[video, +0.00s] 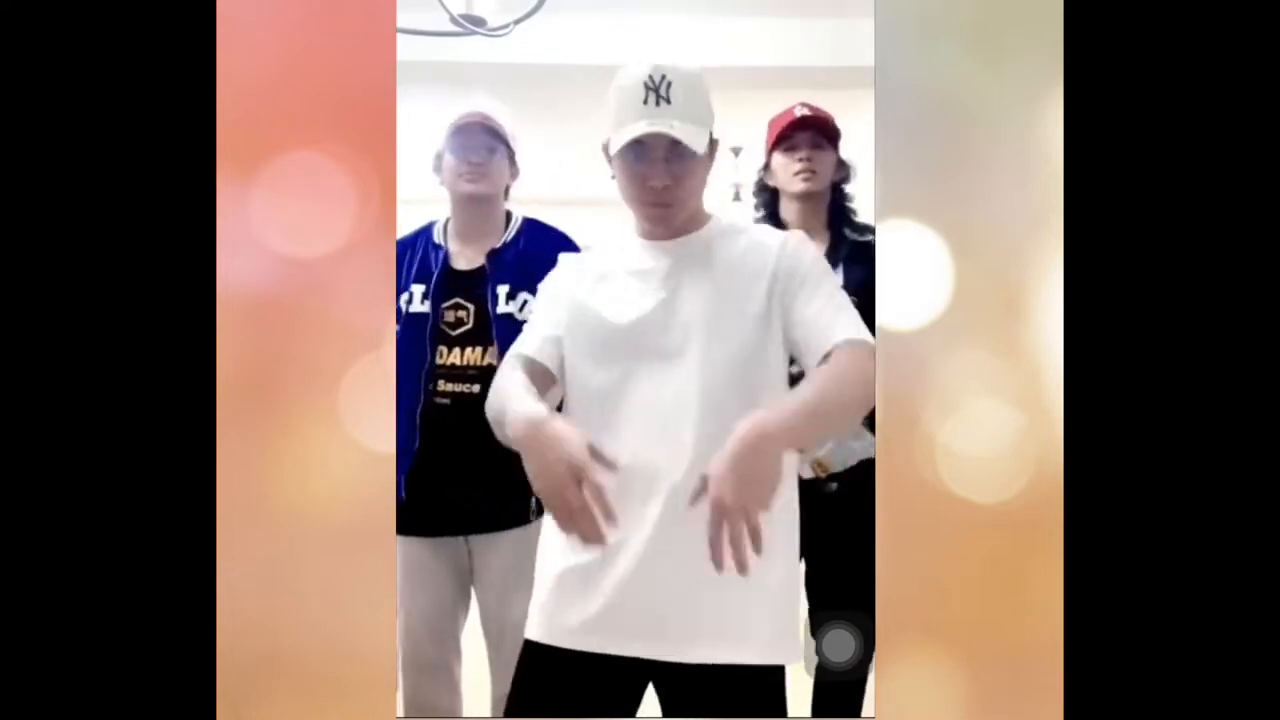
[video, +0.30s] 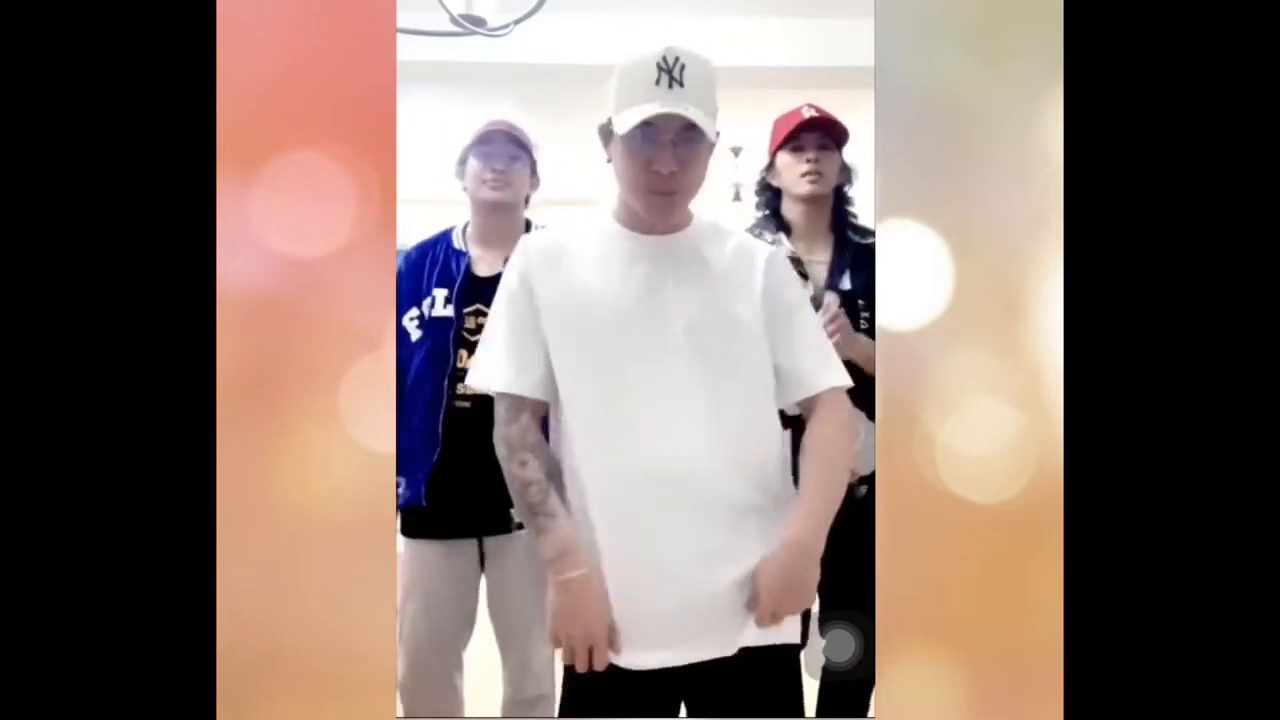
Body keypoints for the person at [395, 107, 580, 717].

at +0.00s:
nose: (473, 159)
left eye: (488, 150)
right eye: (460, 150)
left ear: (512, 172)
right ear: (439, 168)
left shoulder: (554, 255)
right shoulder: (402, 257)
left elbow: (585, 369)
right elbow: (369, 365)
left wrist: (562, 471)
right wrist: (374, 473)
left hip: (513, 498)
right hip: (420, 498)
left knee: (516, 664)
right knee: (423, 663)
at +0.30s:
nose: (496, 167)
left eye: (511, 159)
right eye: (484, 157)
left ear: (533, 183)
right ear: (462, 175)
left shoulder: (555, 266)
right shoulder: (414, 266)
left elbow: (578, 382)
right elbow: (383, 380)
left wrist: (566, 486)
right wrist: (391, 485)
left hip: (525, 496)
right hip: (434, 497)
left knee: (531, 670)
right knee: (424, 671)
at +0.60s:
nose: (508, 165)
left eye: (524, 157)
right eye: (495, 154)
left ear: (545, 182)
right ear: (471, 172)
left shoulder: (561, 262)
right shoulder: (418, 258)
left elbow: (585, 382)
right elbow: (386, 383)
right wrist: (387, 494)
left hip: (539, 496)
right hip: (444, 498)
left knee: (536, 664)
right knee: (441, 670)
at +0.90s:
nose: (491, 158)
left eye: (506, 150)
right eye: (476, 149)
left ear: (526, 177)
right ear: (451, 170)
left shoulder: (545, 264)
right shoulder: (405, 264)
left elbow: (565, 383)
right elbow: (370, 376)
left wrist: (548, 482)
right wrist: (376, 476)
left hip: (517, 502)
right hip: (425, 501)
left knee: (522, 665)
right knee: (422, 671)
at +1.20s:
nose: (497, 156)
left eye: (512, 147)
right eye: (483, 147)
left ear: (535, 171)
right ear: (460, 168)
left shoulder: (561, 257)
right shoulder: (415, 260)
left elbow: (585, 374)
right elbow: (380, 373)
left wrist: (566, 478)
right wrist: (386, 468)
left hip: (534, 499)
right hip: (440, 502)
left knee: (533, 674)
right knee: (432, 676)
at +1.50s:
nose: (490, 167)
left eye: (504, 158)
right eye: (475, 158)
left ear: (525, 181)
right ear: (451, 178)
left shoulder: (555, 261)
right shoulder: (402, 260)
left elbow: (580, 372)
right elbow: (348, 347)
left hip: (521, 504)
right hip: (424, 505)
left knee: (518, 661)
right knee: (425, 667)